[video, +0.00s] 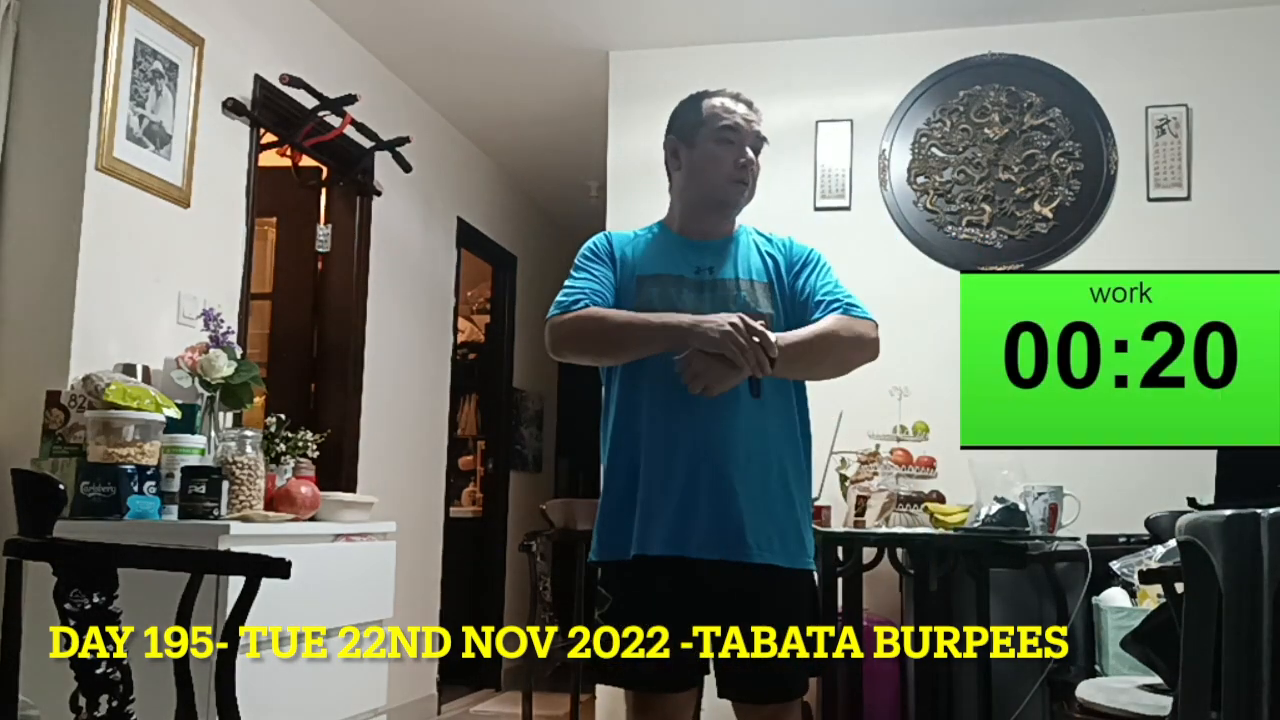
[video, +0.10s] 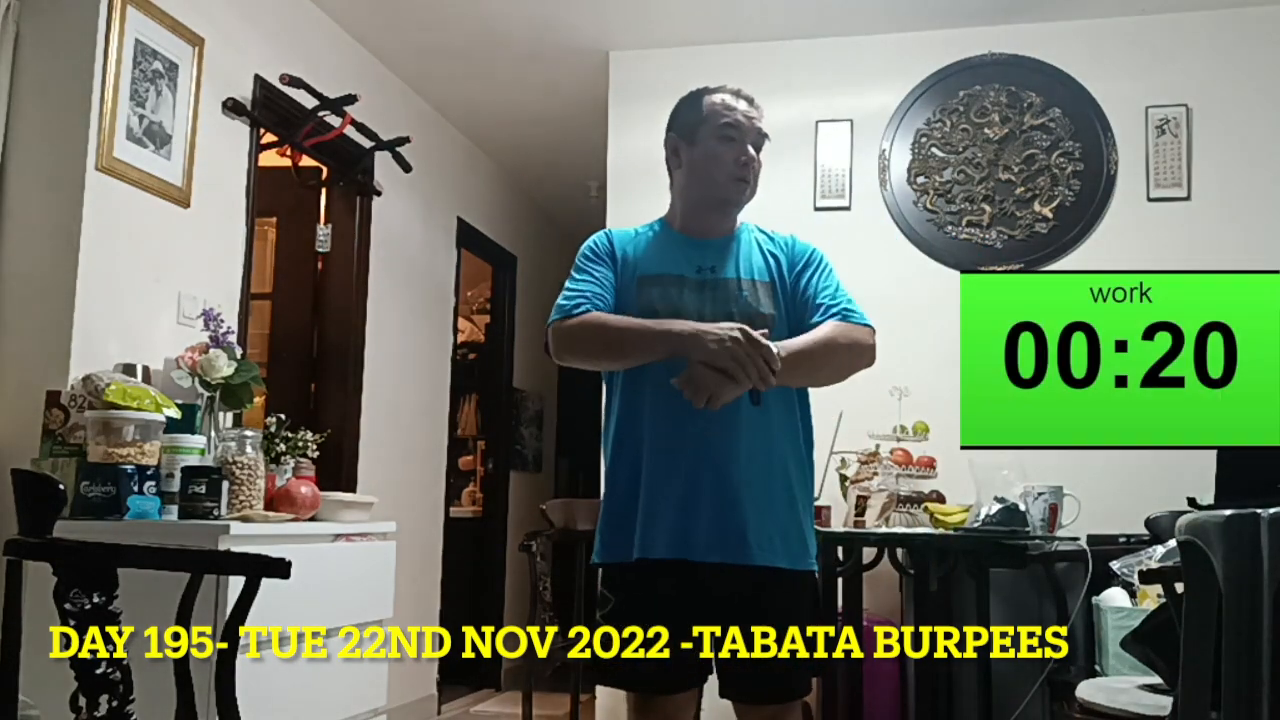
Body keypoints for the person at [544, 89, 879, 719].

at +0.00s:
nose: (749, 159)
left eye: (757, 147)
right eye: (728, 141)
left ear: (763, 163)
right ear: (675, 154)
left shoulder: (789, 258)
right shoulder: (614, 253)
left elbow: (860, 336)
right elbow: (565, 334)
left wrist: (749, 353)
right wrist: (691, 328)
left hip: (770, 546)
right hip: (647, 542)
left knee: (778, 710)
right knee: (656, 709)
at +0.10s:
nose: (750, 156)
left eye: (758, 145)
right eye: (729, 139)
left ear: (764, 162)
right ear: (676, 151)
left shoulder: (792, 257)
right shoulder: (615, 250)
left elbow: (856, 341)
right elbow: (568, 335)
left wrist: (749, 365)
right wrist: (693, 336)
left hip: (772, 545)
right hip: (649, 541)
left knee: (779, 710)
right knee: (657, 708)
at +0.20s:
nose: (747, 153)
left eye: (755, 142)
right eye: (725, 137)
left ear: (762, 156)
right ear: (673, 150)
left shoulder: (795, 257)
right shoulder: (613, 252)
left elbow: (844, 353)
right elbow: (571, 353)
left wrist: (762, 398)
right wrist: (690, 370)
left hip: (772, 547)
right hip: (652, 543)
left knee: (778, 711)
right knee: (658, 709)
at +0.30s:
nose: (737, 152)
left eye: (747, 138)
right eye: (713, 135)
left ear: (758, 153)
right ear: (665, 152)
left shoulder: (797, 259)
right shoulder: (610, 258)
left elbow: (825, 369)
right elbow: (579, 376)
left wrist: (785, 466)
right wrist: (659, 447)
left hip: (771, 561)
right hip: (650, 561)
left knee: (778, 713)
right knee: (658, 710)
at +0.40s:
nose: (718, 166)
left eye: (733, 146)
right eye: (693, 146)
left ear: (751, 159)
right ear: (654, 162)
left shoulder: (798, 262)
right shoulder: (608, 265)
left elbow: (830, 396)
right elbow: (573, 401)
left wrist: (807, 520)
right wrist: (624, 518)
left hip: (766, 563)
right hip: (651, 566)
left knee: (780, 713)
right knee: (656, 710)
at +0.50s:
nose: (696, 229)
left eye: (717, 201)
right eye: (671, 205)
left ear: (742, 196)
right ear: (640, 207)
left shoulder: (799, 299)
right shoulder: (600, 301)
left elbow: (844, 443)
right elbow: (567, 448)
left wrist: (813, 576)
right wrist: (595, 584)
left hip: (772, 578)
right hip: (644, 578)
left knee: (794, 710)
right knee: (626, 709)